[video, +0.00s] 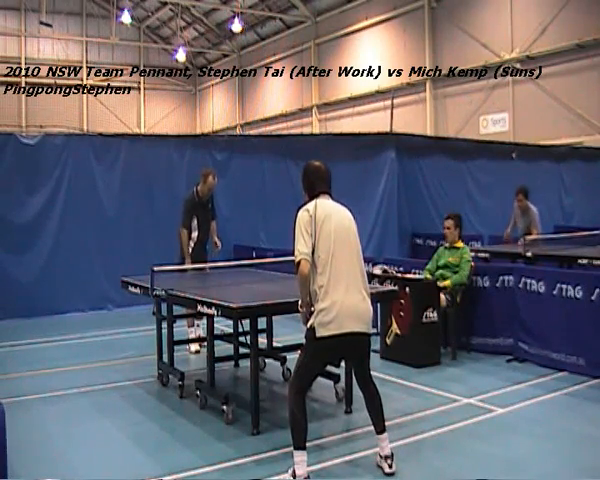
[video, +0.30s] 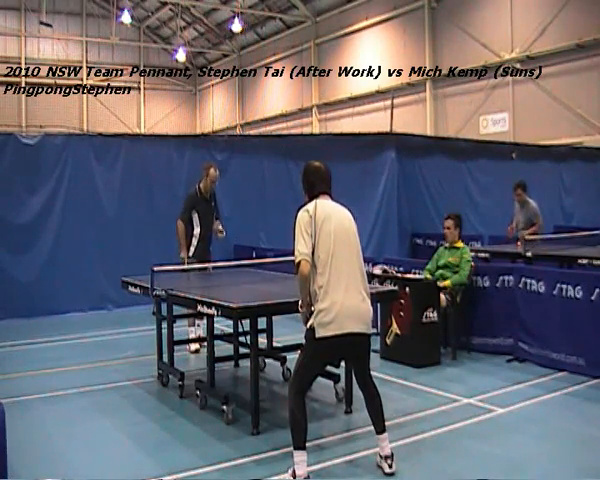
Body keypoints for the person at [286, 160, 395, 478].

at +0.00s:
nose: (302, 189)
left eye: (303, 184)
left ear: (306, 186)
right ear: (330, 185)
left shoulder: (307, 213)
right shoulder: (346, 213)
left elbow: (303, 266)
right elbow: (356, 264)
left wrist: (304, 301)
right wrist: (324, 298)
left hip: (329, 321)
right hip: (361, 318)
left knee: (297, 389)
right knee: (365, 378)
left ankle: (300, 467)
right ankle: (386, 451)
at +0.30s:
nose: (303, 189)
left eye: (303, 185)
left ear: (305, 187)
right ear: (330, 185)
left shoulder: (307, 214)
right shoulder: (346, 214)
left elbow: (304, 266)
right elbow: (355, 264)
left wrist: (304, 301)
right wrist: (327, 296)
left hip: (329, 320)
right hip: (361, 318)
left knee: (297, 389)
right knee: (365, 379)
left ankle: (300, 466)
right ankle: (386, 451)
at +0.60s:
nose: (303, 190)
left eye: (303, 186)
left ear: (305, 188)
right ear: (329, 187)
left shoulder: (307, 216)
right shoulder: (346, 216)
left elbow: (304, 269)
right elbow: (354, 266)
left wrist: (304, 305)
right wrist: (325, 301)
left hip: (328, 323)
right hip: (361, 320)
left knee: (296, 388)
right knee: (364, 379)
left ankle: (300, 466)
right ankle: (386, 451)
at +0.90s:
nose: (303, 193)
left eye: (303, 188)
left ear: (304, 190)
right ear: (329, 189)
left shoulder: (306, 218)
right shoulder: (346, 218)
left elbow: (303, 271)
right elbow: (354, 268)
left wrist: (303, 304)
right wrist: (324, 302)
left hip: (328, 325)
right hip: (360, 322)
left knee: (294, 389)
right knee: (364, 378)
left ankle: (300, 465)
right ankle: (385, 450)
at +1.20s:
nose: (302, 195)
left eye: (302, 190)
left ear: (304, 192)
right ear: (329, 191)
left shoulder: (305, 220)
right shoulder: (346, 219)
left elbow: (302, 273)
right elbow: (355, 269)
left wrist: (303, 306)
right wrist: (330, 300)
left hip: (328, 326)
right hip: (360, 323)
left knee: (294, 390)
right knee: (363, 379)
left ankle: (299, 466)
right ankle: (386, 451)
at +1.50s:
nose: (302, 196)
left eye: (302, 191)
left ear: (304, 193)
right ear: (328, 192)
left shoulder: (305, 222)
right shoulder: (345, 221)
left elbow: (302, 274)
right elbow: (355, 270)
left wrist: (302, 307)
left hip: (327, 327)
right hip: (359, 324)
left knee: (293, 390)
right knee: (363, 379)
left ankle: (299, 465)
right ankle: (385, 451)